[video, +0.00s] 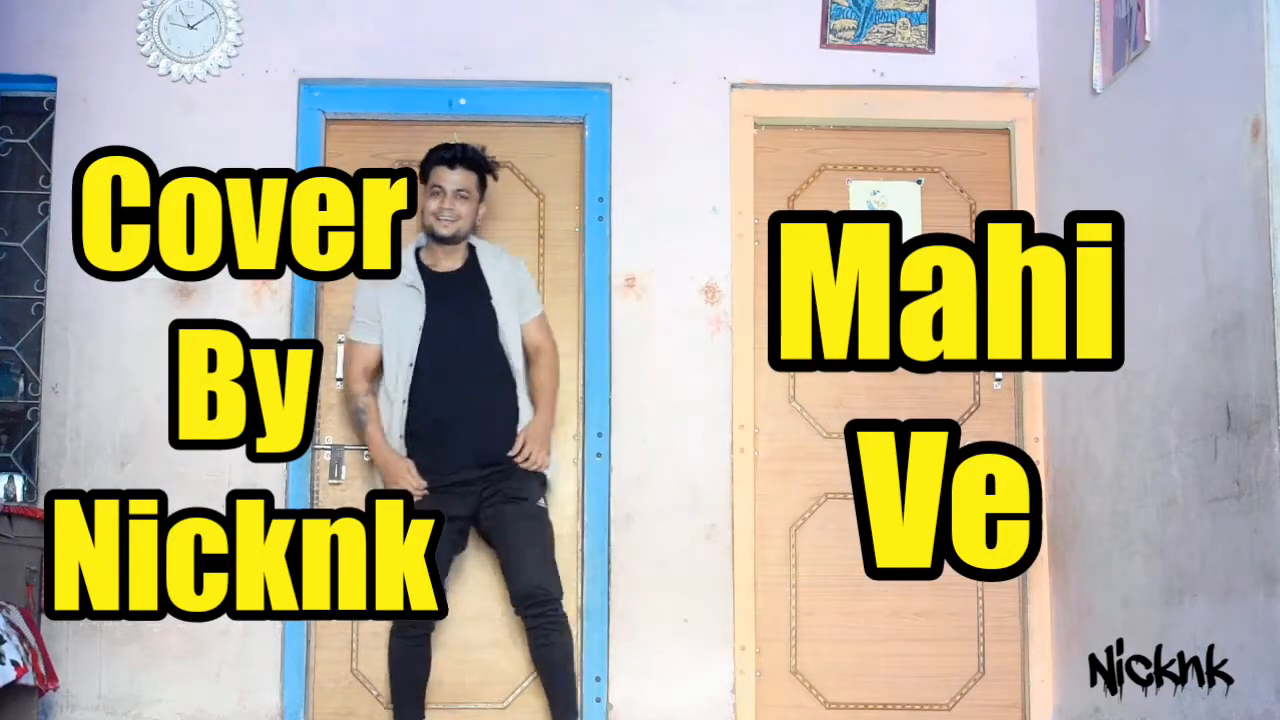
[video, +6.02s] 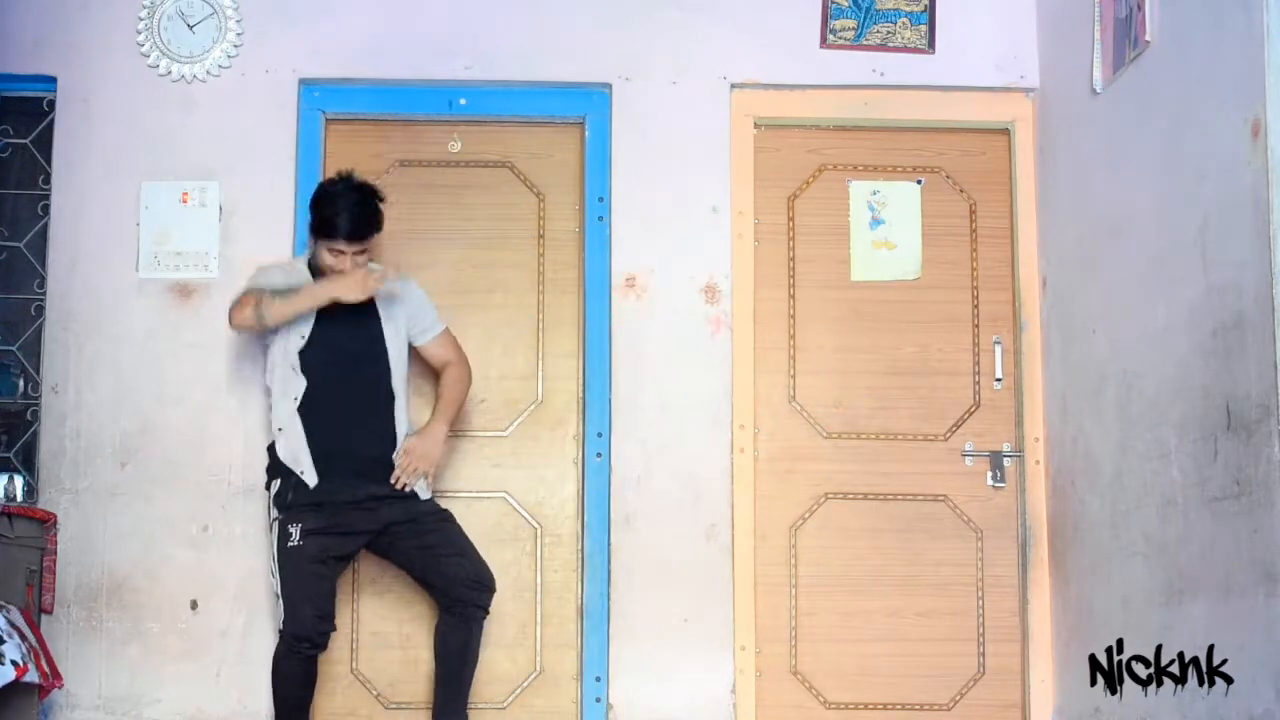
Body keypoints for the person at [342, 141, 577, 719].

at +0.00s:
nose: (447, 203)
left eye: (461, 194)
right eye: (436, 192)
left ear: (480, 205)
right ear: (420, 200)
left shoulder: (507, 270)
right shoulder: (385, 280)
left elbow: (541, 348)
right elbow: (359, 380)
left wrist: (543, 422)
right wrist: (384, 456)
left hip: (507, 473)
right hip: (424, 482)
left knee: (542, 602)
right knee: (412, 616)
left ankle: (567, 717)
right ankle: (408, 718)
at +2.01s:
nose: (549, 233)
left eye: (558, 218)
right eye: (534, 223)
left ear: (572, 219)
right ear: (514, 228)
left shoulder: (600, 297)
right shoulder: (486, 287)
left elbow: (630, 382)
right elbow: (444, 348)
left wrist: (569, 340)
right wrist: (459, 262)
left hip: (609, 488)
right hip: (530, 494)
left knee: (615, 620)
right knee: (495, 600)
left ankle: (613, 718)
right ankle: (520, 703)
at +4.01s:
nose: (524, 229)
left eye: (534, 216)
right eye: (510, 215)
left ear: (545, 215)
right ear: (482, 211)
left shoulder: (558, 284)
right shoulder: (443, 281)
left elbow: (634, 322)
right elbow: (427, 364)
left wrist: (663, 336)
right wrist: (505, 357)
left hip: (589, 481)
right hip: (515, 491)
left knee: (597, 618)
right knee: (550, 607)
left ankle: (591, 716)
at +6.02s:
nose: (348, 266)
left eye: (360, 253)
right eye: (335, 252)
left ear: (375, 242)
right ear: (314, 239)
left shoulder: (400, 294)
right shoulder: (283, 284)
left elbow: (455, 365)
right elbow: (242, 317)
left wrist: (436, 432)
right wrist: (328, 291)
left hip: (393, 496)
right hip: (311, 503)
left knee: (470, 587)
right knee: (304, 632)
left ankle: (450, 715)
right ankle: (289, 718)